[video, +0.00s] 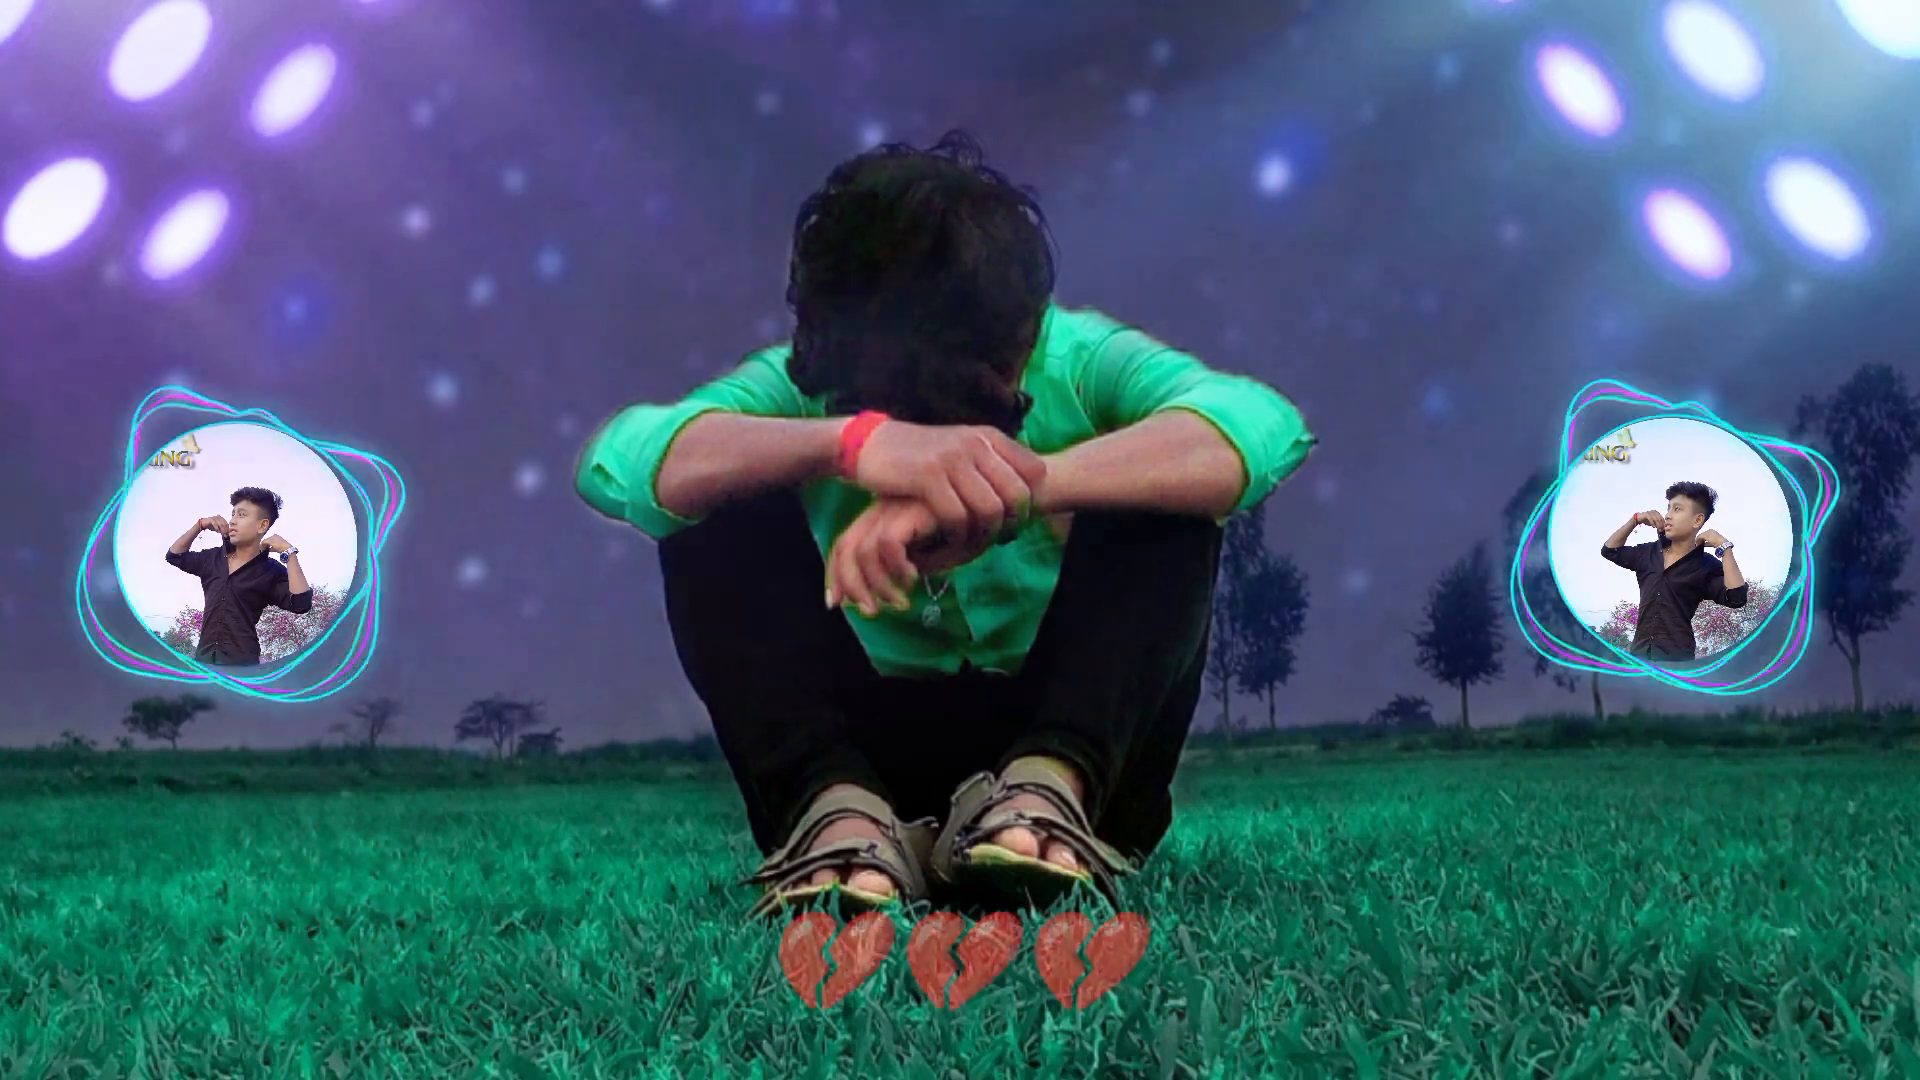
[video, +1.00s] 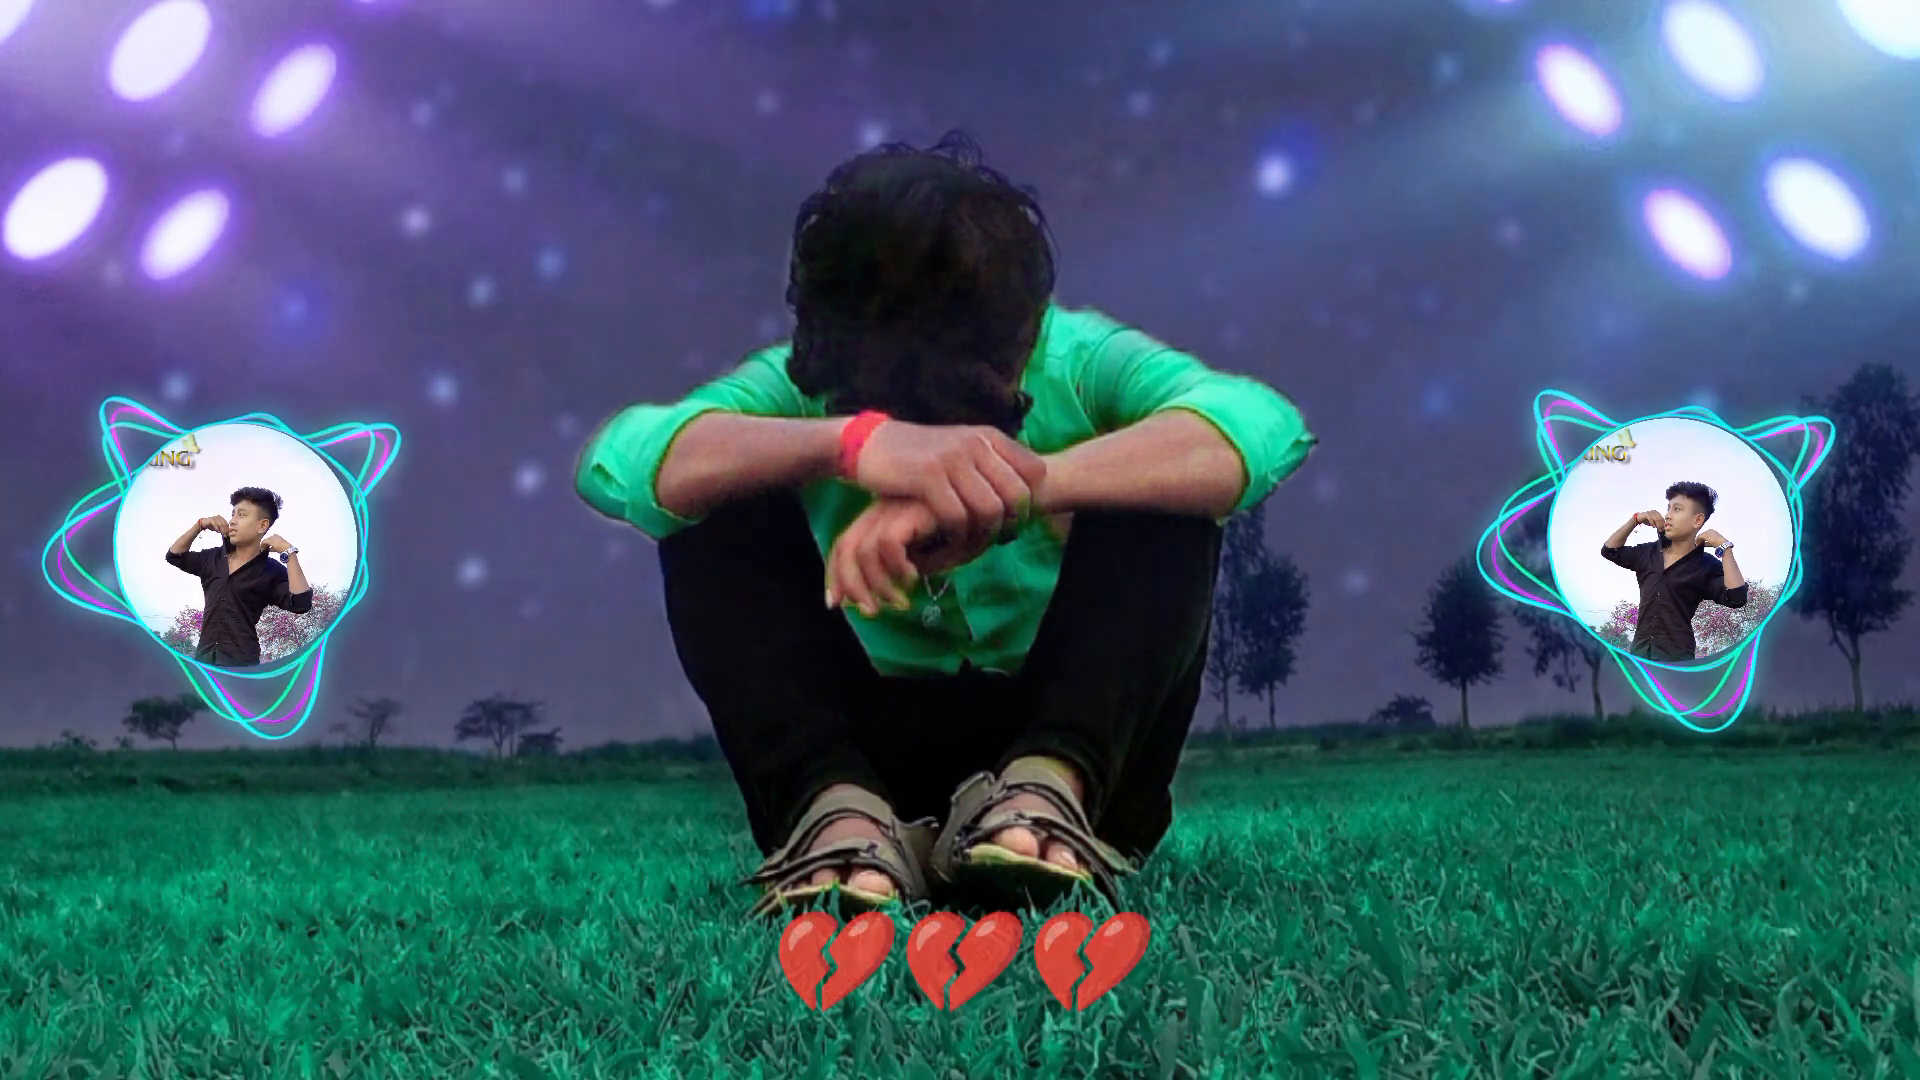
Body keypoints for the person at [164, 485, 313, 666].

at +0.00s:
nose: (232, 521)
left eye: (242, 515)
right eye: (233, 514)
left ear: (263, 526)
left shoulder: (270, 570)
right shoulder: (212, 558)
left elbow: (301, 604)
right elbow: (174, 556)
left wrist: (289, 553)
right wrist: (199, 526)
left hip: (242, 663)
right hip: (203, 659)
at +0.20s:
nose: (232, 521)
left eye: (242, 515)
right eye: (233, 514)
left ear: (263, 525)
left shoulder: (270, 569)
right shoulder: (212, 558)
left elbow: (301, 605)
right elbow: (174, 556)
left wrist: (290, 553)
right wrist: (199, 526)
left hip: (242, 662)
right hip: (204, 657)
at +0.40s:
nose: (232, 521)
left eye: (242, 515)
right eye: (233, 514)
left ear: (263, 525)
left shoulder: (270, 569)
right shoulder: (212, 558)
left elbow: (301, 604)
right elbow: (174, 556)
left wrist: (290, 553)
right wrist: (199, 526)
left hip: (242, 661)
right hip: (204, 658)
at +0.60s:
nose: (232, 521)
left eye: (242, 515)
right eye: (233, 514)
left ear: (263, 525)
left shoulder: (270, 569)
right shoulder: (212, 558)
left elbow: (301, 604)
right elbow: (174, 556)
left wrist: (289, 553)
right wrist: (199, 526)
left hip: (242, 661)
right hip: (204, 658)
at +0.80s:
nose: (232, 521)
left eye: (241, 515)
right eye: (233, 514)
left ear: (263, 525)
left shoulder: (270, 570)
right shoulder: (212, 558)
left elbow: (301, 604)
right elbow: (174, 556)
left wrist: (290, 553)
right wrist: (199, 526)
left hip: (242, 662)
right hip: (204, 658)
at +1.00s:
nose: (232, 521)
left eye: (242, 515)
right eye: (233, 514)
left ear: (263, 525)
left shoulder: (270, 569)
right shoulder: (212, 558)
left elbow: (301, 605)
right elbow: (174, 556)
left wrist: (290, 553)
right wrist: (199, 526)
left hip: (242, 661)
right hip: (204, 657)